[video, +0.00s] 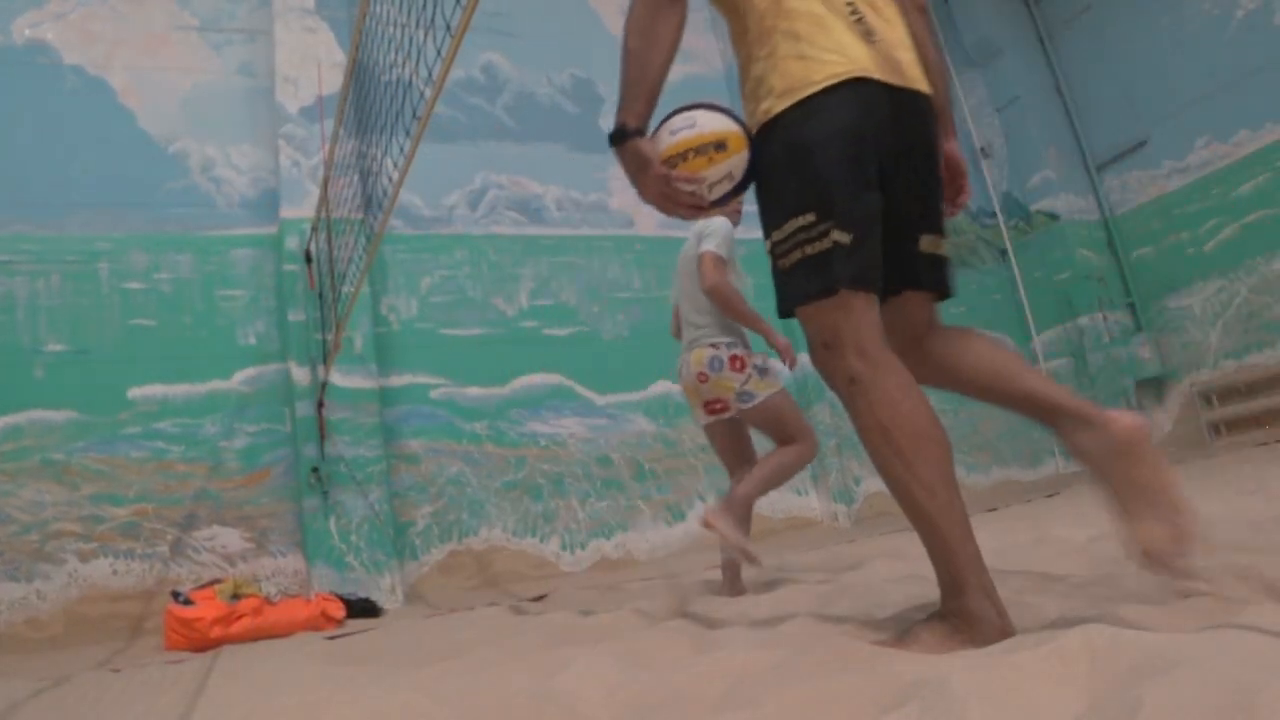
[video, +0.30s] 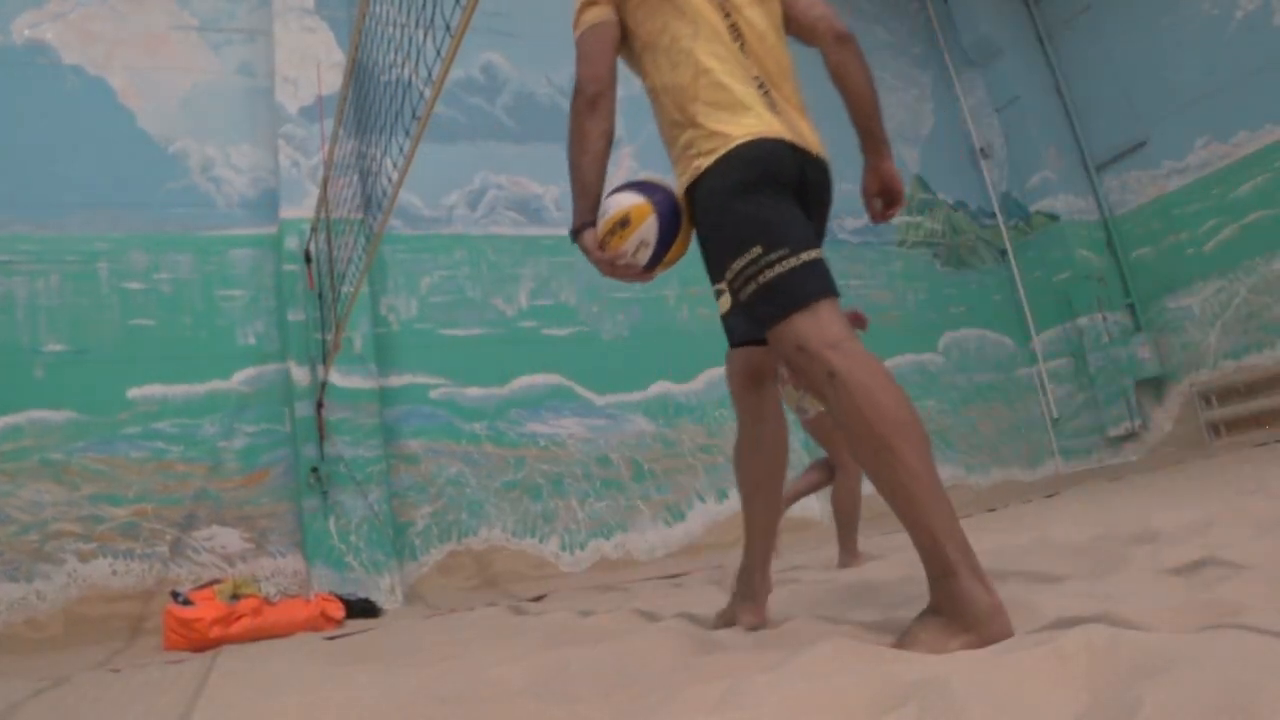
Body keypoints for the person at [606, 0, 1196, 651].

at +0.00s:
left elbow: (660, 3)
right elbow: (908, 7)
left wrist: (627, 131)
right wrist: (939, 125)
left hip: (804, 97)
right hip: (904, 91)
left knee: (850, 351)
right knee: (913, 336)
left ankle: (972, 608)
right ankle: (1099, 430)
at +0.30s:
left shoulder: (606, 3)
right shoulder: (753, 1)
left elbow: (593, 86)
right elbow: (835, 32)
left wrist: (584, 218)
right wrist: (878, 156)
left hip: (730, 164)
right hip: (806, 160)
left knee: (828, 356)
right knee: (753, 376)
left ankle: (966, 596)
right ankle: (751, 593)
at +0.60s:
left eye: (585, 22)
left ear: (593, 13)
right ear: (646, 13)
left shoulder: (577, 34)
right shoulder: (700, 50)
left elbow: (538, 123)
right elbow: (761, 138)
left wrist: (519, 238)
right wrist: (740, 226)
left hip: (647, 229)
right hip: (722, 232)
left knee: (630, 414)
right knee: (717, 410)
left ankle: (773, 498)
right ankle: (744, 602)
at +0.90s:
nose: (548, 77)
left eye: (549, 70)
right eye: (556, 70)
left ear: (554, 67)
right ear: (598, 69)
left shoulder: (537, 96)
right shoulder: (649, 113)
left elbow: (511, 175)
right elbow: (666, 212)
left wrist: (475, 275)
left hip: (584, 279)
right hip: (662, 270)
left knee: (574, 432)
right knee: (689, 414)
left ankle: (605, 587)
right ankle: (735, 592)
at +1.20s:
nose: (494, 132)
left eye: (492, 125)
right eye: (499, 124)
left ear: (492, 123)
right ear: (533, 117)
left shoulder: (483, 154)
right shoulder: (588, 154)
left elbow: (460, 239)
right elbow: (614, 244)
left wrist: (437, 323)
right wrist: (629, 321)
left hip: (536, 322)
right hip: (601, 316)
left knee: (564, 464)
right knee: (620, 440)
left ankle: (606, 602)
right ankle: (663, 512)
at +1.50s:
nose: (475, 183)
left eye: (471, 176)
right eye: (485, 174)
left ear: (472, 174)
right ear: (510, 170)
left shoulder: (458, 203)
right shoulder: (552, 197)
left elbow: (449, 285)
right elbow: (598, 247)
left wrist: (443, 364)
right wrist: (650, 294)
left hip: (511, 341)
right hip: (565, 339)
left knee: (558, 468)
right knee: (545, 467)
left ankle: (608, 596)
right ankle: (547, 593)